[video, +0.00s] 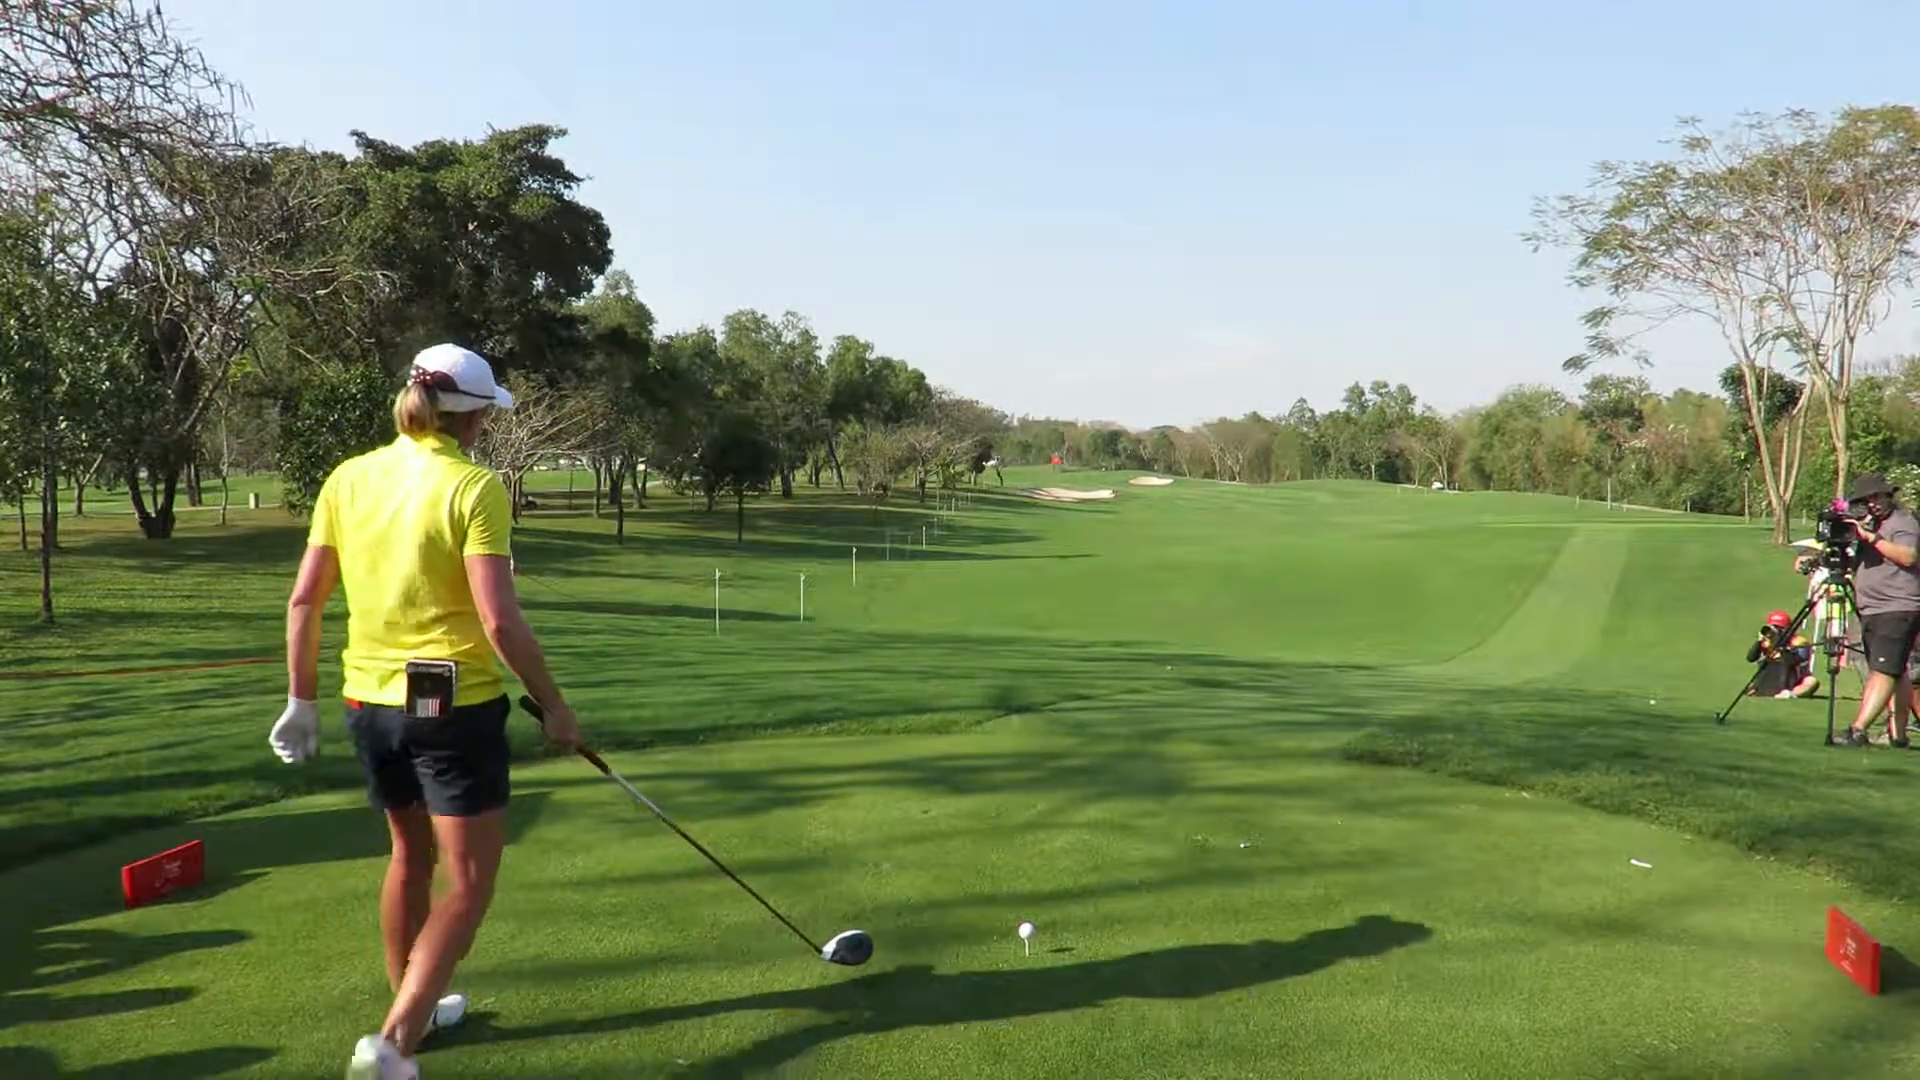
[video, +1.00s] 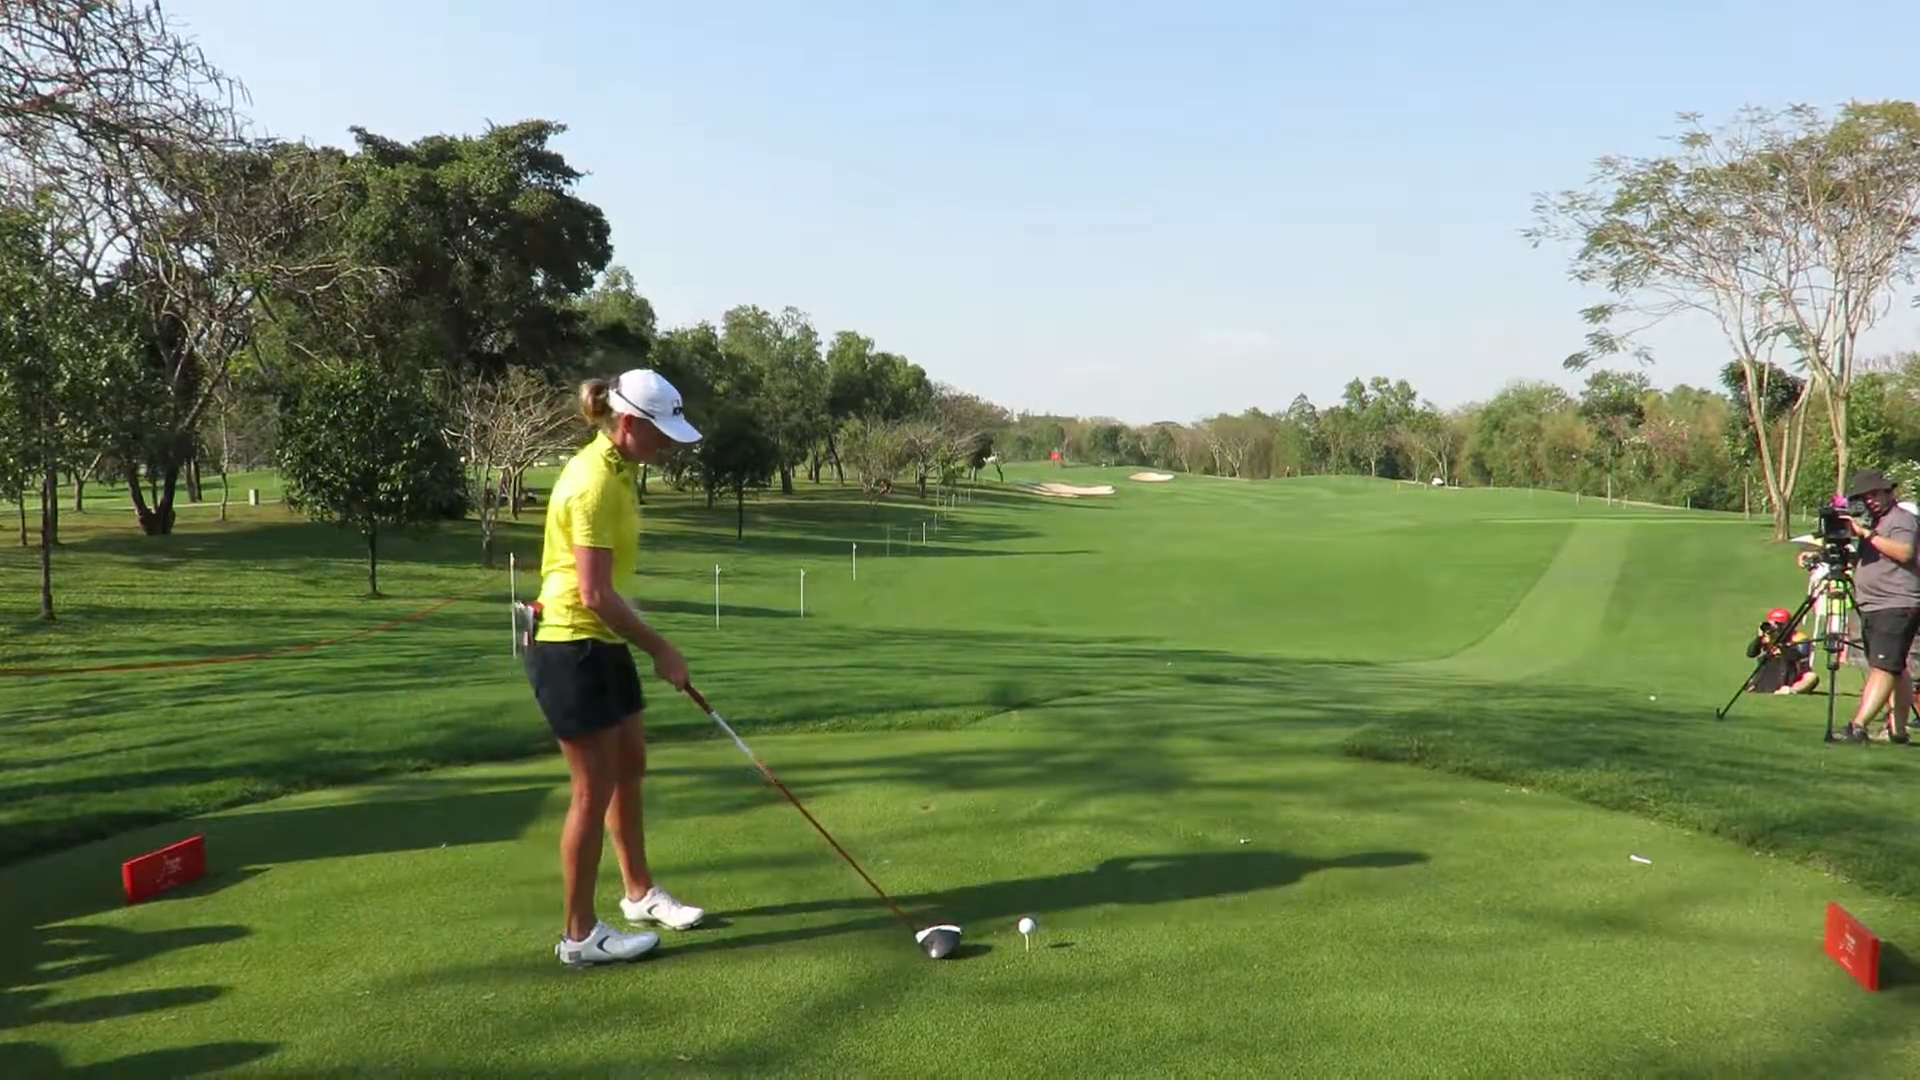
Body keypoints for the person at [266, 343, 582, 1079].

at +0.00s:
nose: (488, 426)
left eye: (488, 414)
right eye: (484, 414)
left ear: (412, 407)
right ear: (466, 414)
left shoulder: (346, 479)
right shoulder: (471, 485)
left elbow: (304, 601)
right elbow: (499, 622)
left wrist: (299, 696)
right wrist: (555, 706)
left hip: (372, 709)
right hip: (456, 712)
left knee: (407, 852)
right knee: (468, 885)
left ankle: (412, 1004)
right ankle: (393, 1043)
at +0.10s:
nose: (498, 421)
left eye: (499, 409)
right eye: (494, 409)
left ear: (428, 400)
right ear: (469, 406)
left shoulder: (363, 468)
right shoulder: (479, 476)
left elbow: (329, 587)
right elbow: (503, 609)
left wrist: (345, 672)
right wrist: (558, 693)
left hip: (384, 689)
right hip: (465, 692)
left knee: (412, 839)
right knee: (511, 835)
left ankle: (414, 1002)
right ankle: (419, 987)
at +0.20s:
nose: (512, 422)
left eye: (514, 411)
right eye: (509, 410)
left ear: (444, 402)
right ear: (488, 409)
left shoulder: (384, 464)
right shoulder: (490, 476)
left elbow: (357, 581)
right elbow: (510, 606)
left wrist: (400, 631)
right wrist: (565, 681)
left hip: (396, 677)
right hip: (477, 677)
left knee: (415, 841)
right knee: (539, 812)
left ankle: (409, 1013)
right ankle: (473, 972)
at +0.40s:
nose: (557, 436)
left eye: (556, 425)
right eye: (551, 425)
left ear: (490, 416)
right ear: (526, 425)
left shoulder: (438, 475)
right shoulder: (519, 489)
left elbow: (417, 570)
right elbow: (532, 613)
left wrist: (479, 607)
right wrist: (594, 676)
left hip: (437, 679)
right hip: (512, 684)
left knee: (442, 832)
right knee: (560, 813)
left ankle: (413, 1006)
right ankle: (580, 939)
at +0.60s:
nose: (602, 443)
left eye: (603, 433)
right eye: (597, 432)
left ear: (552, 422)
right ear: (568, 426)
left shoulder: (497, 469)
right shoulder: (557, 488)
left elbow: (469, 559)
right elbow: (564, 609)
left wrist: (535, 579)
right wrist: (627, 665)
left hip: (493, 667)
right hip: (553, 672)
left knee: (528, 798)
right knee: (582, 800)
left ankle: (449, 913)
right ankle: (580, 937)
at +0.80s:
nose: (636, 443)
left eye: (639, 433)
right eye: (633, 432)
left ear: (598, 419)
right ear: (600, 422)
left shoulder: (551, 458)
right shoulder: (579, 481)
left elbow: (510, 541)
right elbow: (585, 600)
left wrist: (561, 583)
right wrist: (649, 655)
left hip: (546, 643)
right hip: (557, 652)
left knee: (615, 764)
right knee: (581, 792)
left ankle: (554, 893)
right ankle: (580, 937)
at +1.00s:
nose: (667, 446)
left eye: (669, 436)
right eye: (661, 435)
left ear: (632, 425)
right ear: (626, 425)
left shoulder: (613, 472)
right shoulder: (594, 482)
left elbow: (589, 569)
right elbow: (596, 594)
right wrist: (661, 649)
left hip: (603, 644)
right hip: (572, 647)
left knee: (629, 764)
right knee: (594, 787)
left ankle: (640, 894)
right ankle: (579, 933)